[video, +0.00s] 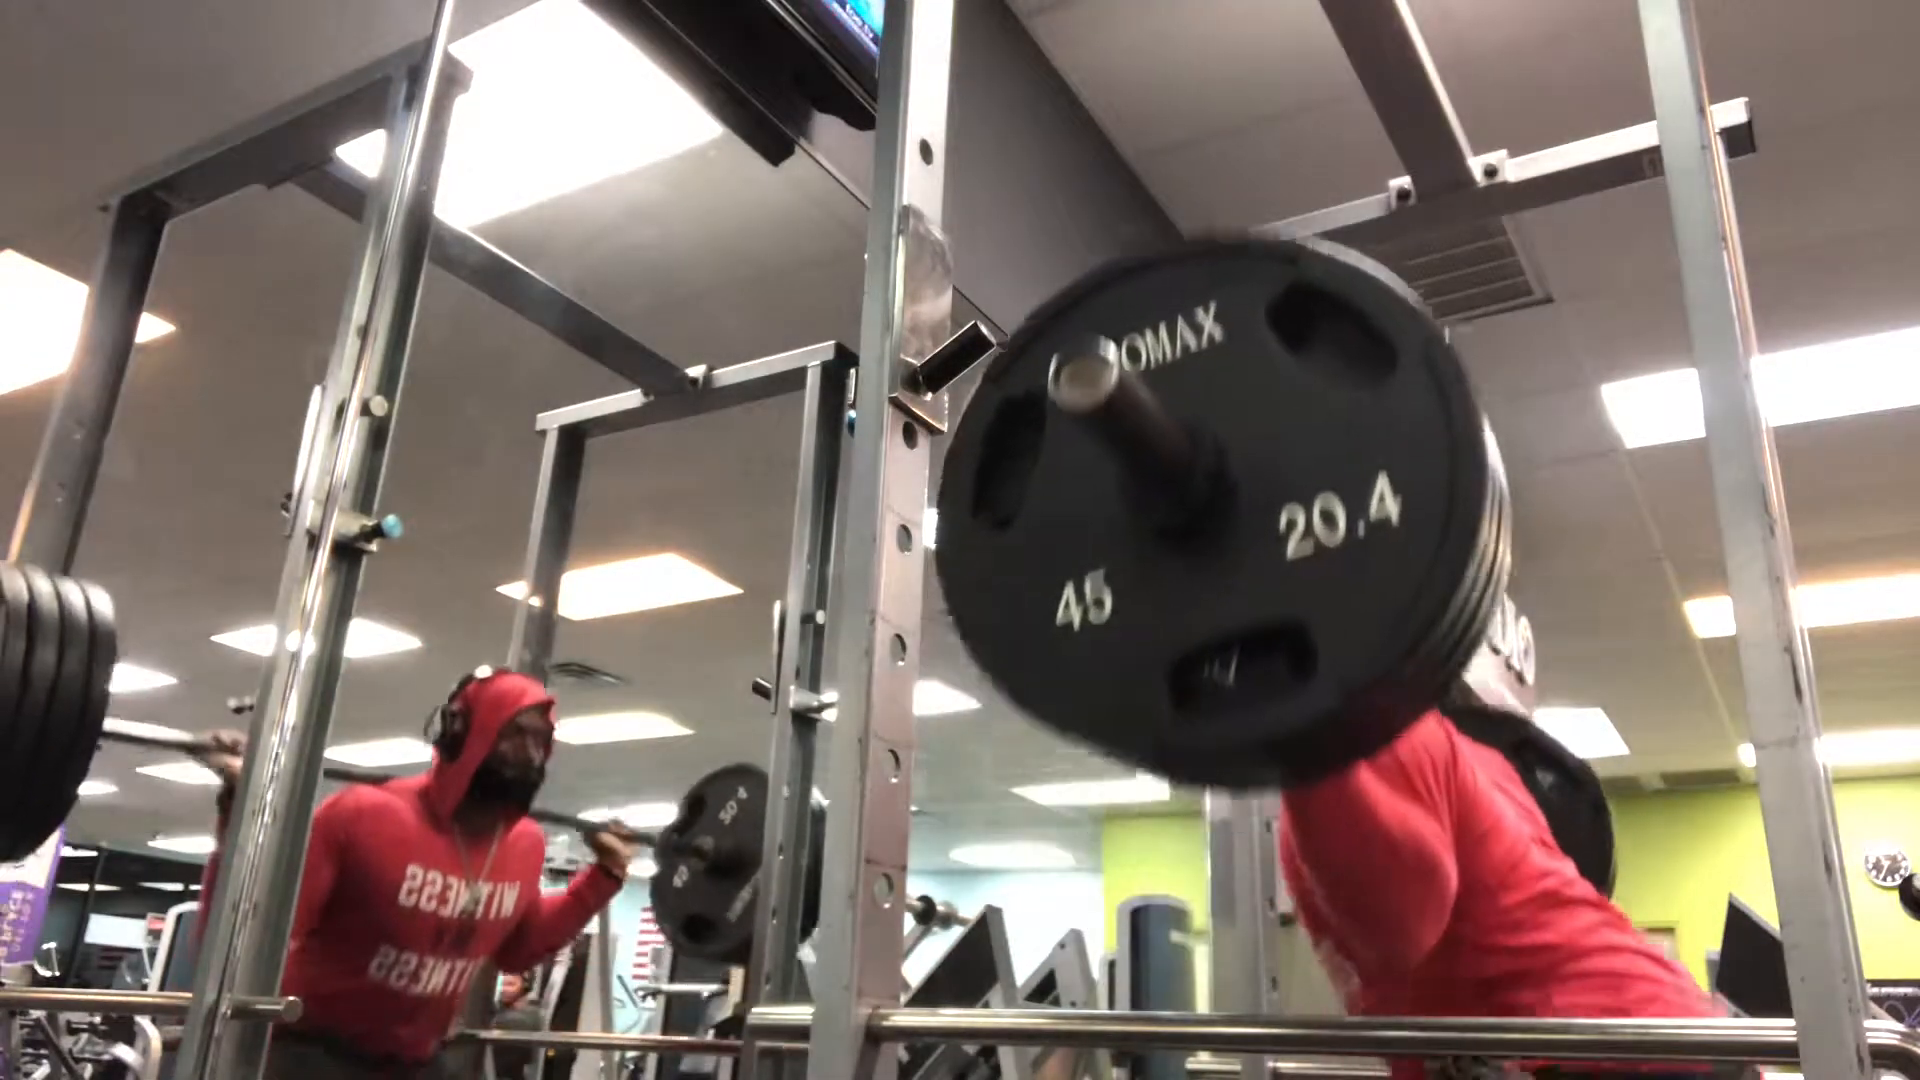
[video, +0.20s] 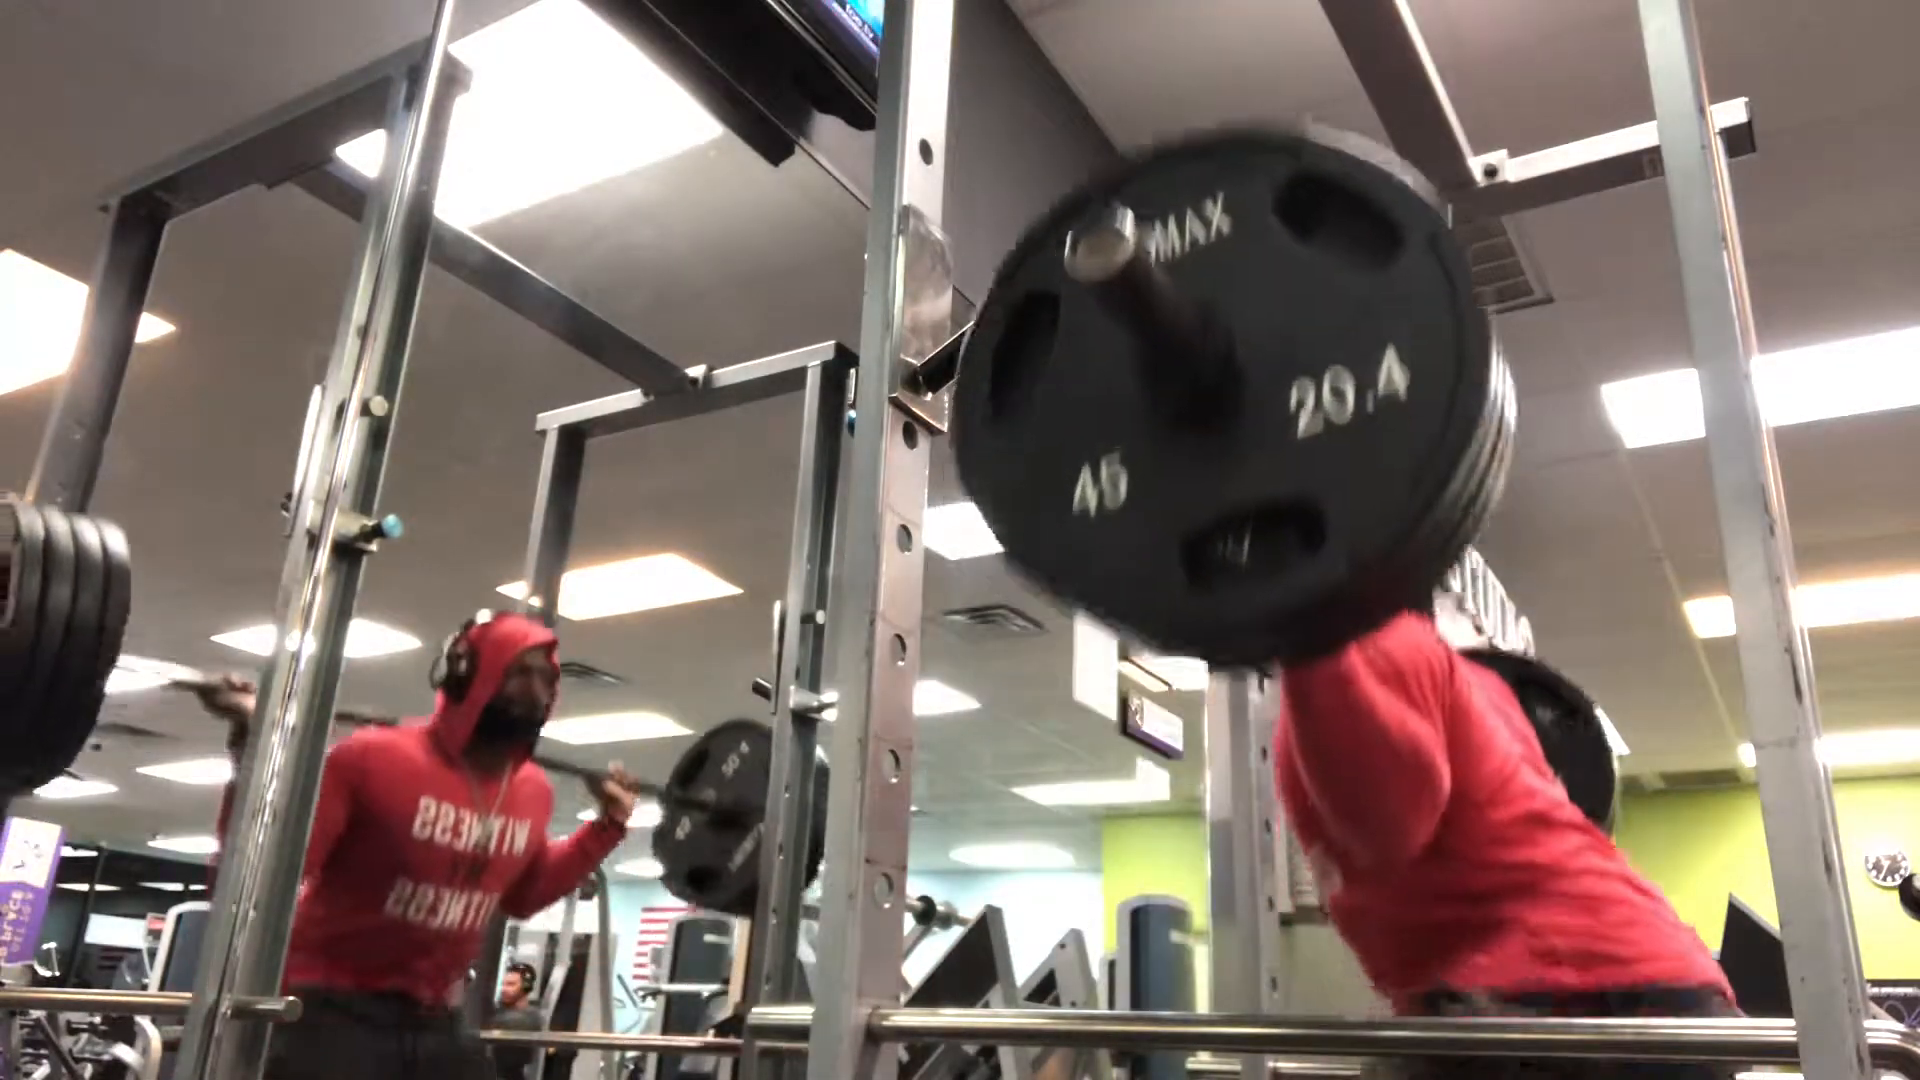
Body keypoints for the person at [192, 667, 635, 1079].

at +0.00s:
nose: (532, 755)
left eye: (541, 739)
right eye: (514, 734)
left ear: (550, 749)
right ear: (469, 736)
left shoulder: (524, 845)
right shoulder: (360, 815)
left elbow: (517, 947)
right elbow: (246, 932)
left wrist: (603, 878)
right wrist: (239, 807)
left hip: (417, 1063)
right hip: (315, 1049)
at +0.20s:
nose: (537, 691)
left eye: (547, 678)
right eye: (519, 674)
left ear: (557, 691)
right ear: (473, 677)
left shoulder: (532, 791)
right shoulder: (372, 757)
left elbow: (523, 896)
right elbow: (260, 864)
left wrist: (606, 828)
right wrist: (252, 749)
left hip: (434, 1024)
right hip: (330, 1014)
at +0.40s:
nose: (552, 617)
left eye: (558, 602)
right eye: (535, 599)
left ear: (564, 611)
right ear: (487, 603)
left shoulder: (544, 713)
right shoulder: (387, 680)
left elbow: (534, 824)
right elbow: (273, 773)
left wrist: (618, 752)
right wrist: (269, 653)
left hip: (443, 955)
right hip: (343, 942)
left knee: (463, 1071)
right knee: (319, 1071)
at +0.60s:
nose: (554, 590)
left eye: (562, 575)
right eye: (537, 570)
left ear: (567, 585)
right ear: (490, 571)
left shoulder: (544, 680)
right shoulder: (392, 638)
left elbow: (537, 790)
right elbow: (266, 747)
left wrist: (620, 716)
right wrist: (273, 623)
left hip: (446, 945)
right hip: (343, 925)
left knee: (450, 1068)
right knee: (312, 1070)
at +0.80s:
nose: (560, 599)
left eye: (567, 585)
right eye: (544, 580)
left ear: (569, 597)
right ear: (496, 582)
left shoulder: (541, 693)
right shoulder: (392, 650)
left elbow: (531, 804)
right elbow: (262, 751)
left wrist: (618, 735)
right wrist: (272, 636)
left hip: (443, 951)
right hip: (338, 931)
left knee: (449, 1068)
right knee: (313, 1070)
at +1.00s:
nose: (555, 594)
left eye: (564, 579)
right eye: (540, 573)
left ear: (569, 587)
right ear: (492, 573)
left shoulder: (543, 685)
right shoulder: (392, 639)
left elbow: (531, 795)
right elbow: (260, 747)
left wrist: (617, 724)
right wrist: (270, 623)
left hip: (454, 944)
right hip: (345, 924)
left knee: (448, 1070)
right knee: (317, 1071)